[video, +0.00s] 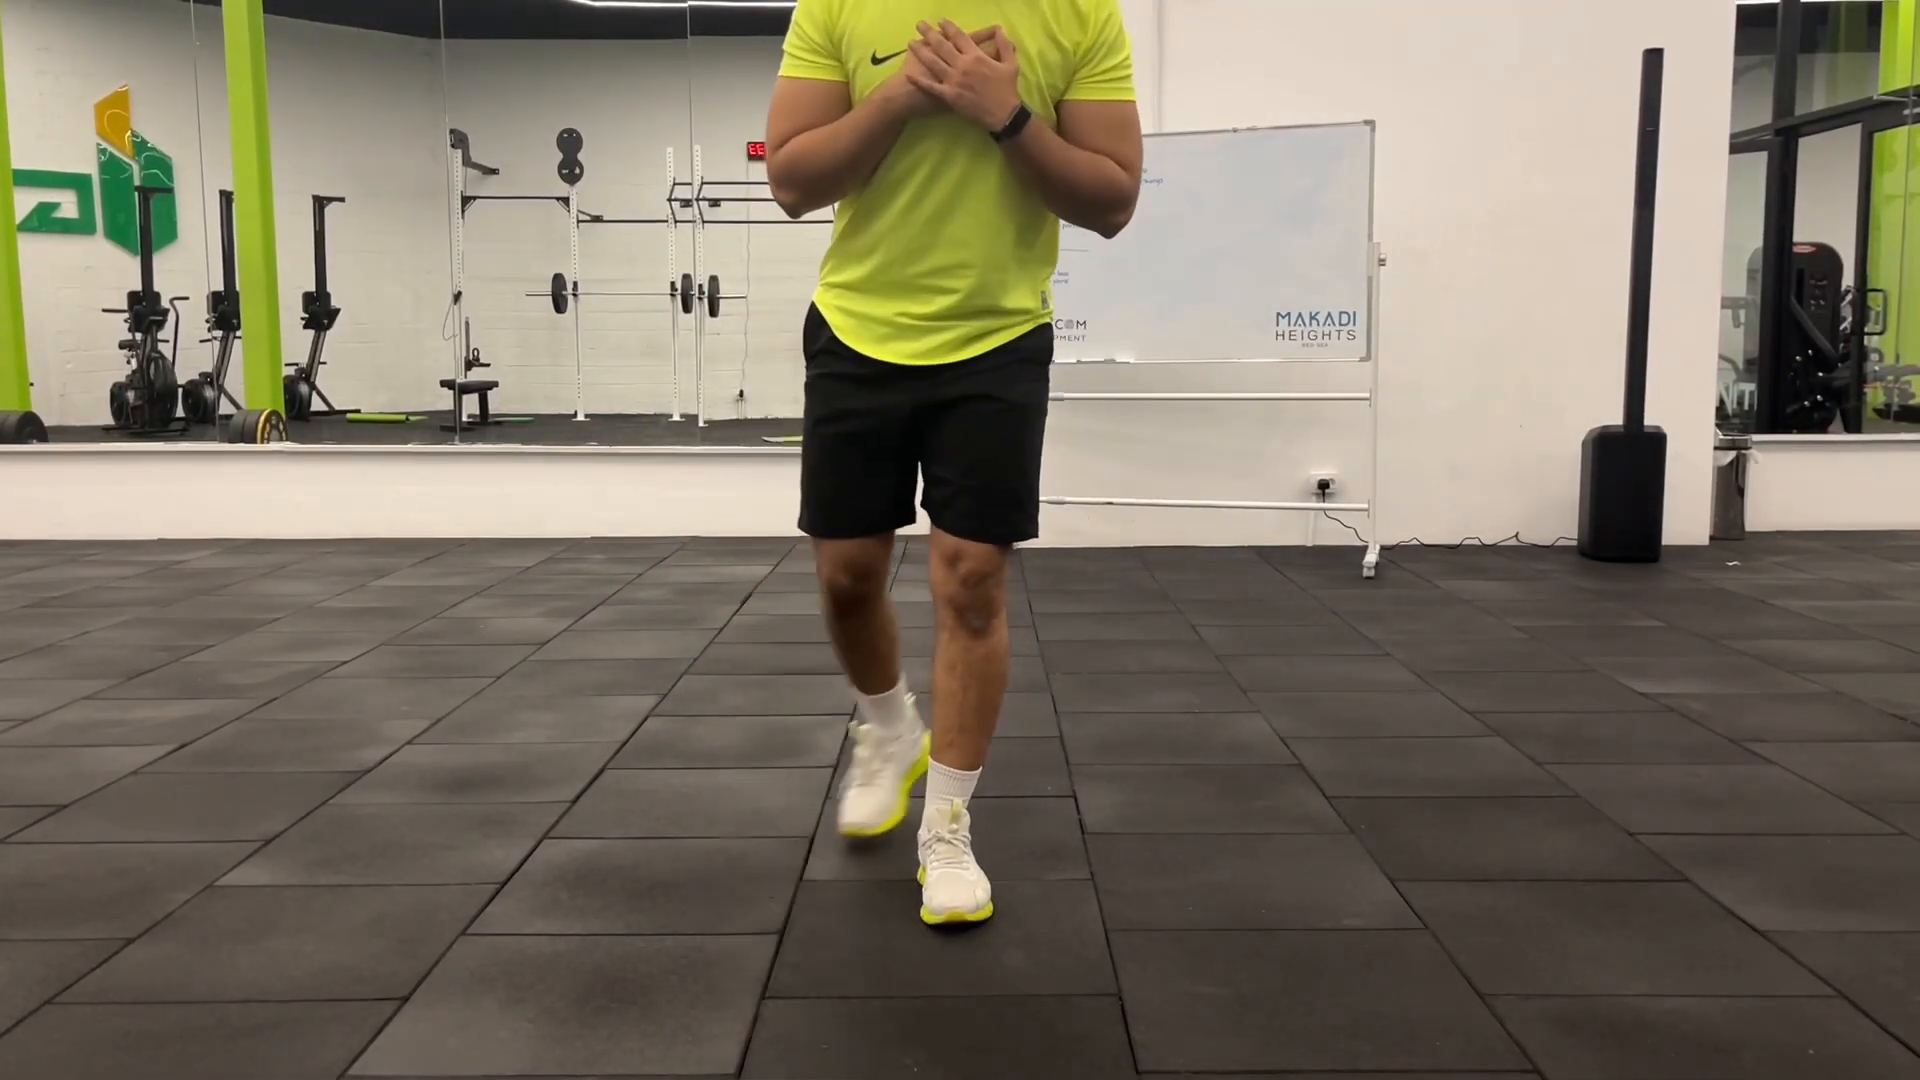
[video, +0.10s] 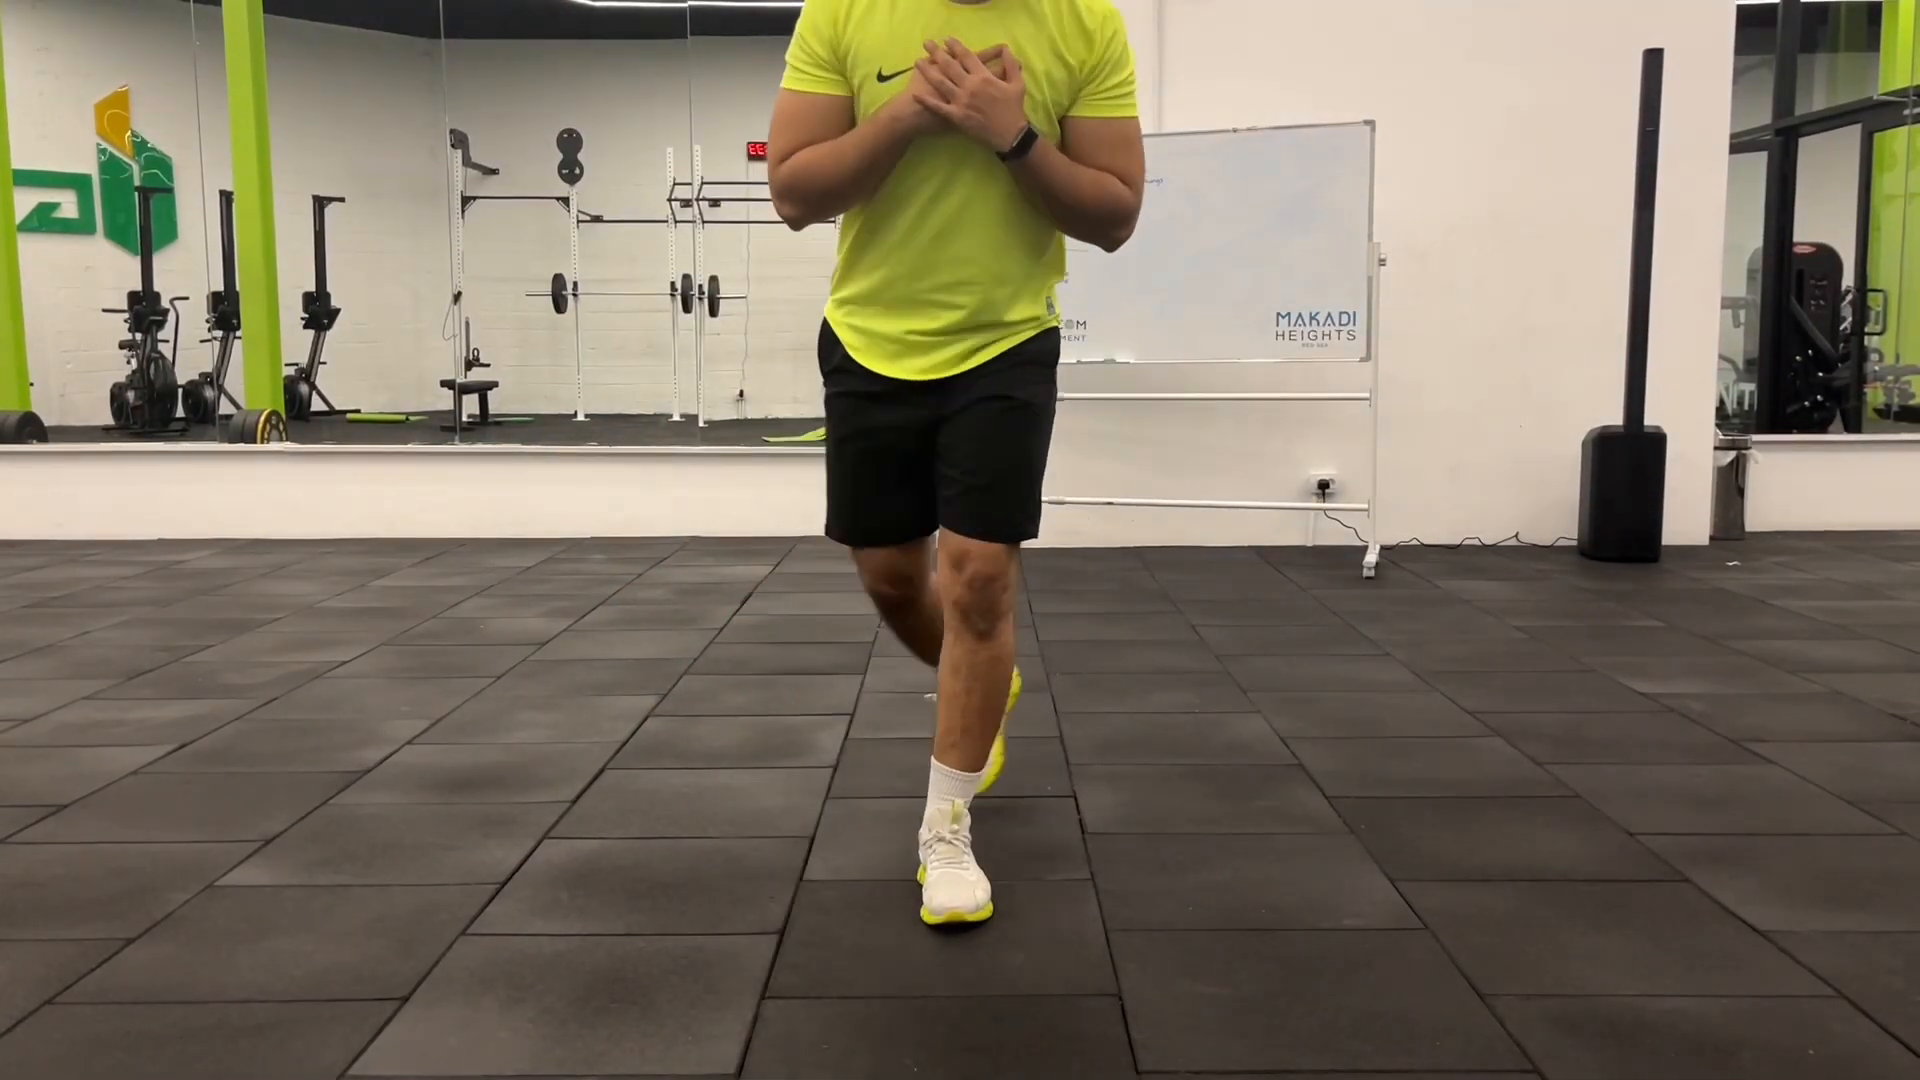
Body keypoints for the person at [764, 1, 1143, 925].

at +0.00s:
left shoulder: (1079, 15)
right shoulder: (836, 8)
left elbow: (1112, 199)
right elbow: (792, 182)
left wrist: (1006, 114)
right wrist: (902, 94)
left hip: (996, 330)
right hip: (858, 324)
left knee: (972, 582)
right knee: (847, 576)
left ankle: (949, 826)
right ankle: (888, 729)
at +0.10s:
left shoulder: (1082, 20)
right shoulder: (842, 11)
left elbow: (1114, 215)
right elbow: (794, 192)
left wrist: (1019, 136)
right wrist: (908, 110)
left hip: (1005, 331)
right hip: (870, 330)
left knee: (977, 582)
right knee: (891, 581)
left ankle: (947, 829)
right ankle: (983, 675)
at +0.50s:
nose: (990, 106)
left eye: (1014, 80)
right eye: (969, 80)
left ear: (1041, 77)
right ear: (932, 72)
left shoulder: (1095, 196)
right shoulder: (865, 193)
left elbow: (1132, 363)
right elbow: (831, 364)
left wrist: (1030, 320)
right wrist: (930, 307)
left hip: (1041, 431)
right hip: (925, 450)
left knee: (971, 608)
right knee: (1023, 651)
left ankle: (946, 835)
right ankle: (1118, 687)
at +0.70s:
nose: (994, 177)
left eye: (1015, 151)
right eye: (973, 150)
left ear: (1043, 149)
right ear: (937, 150)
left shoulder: (1103, 265)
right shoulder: (877, 266)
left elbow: (1142, 426)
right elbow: (851, 430)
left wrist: (1036, 386)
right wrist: (937, 373)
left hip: (1058, 484)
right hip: (940, 509)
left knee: (970, 609)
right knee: (1029, 729)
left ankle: (944, 831)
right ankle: (1126, 687)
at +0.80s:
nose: (996, 195)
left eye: (1016, 170)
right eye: (975, 169)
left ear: (1045, 169)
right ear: (940, 166)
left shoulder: (1104, 286)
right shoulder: (882, 289)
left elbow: (1143, 447)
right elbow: (855, 453)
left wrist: (1039, 403)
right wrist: (941, 390)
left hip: (1062, 502)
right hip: (944, 525)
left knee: (971, 614)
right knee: (1025, 752)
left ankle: (943, 831)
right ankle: (1125, 690)